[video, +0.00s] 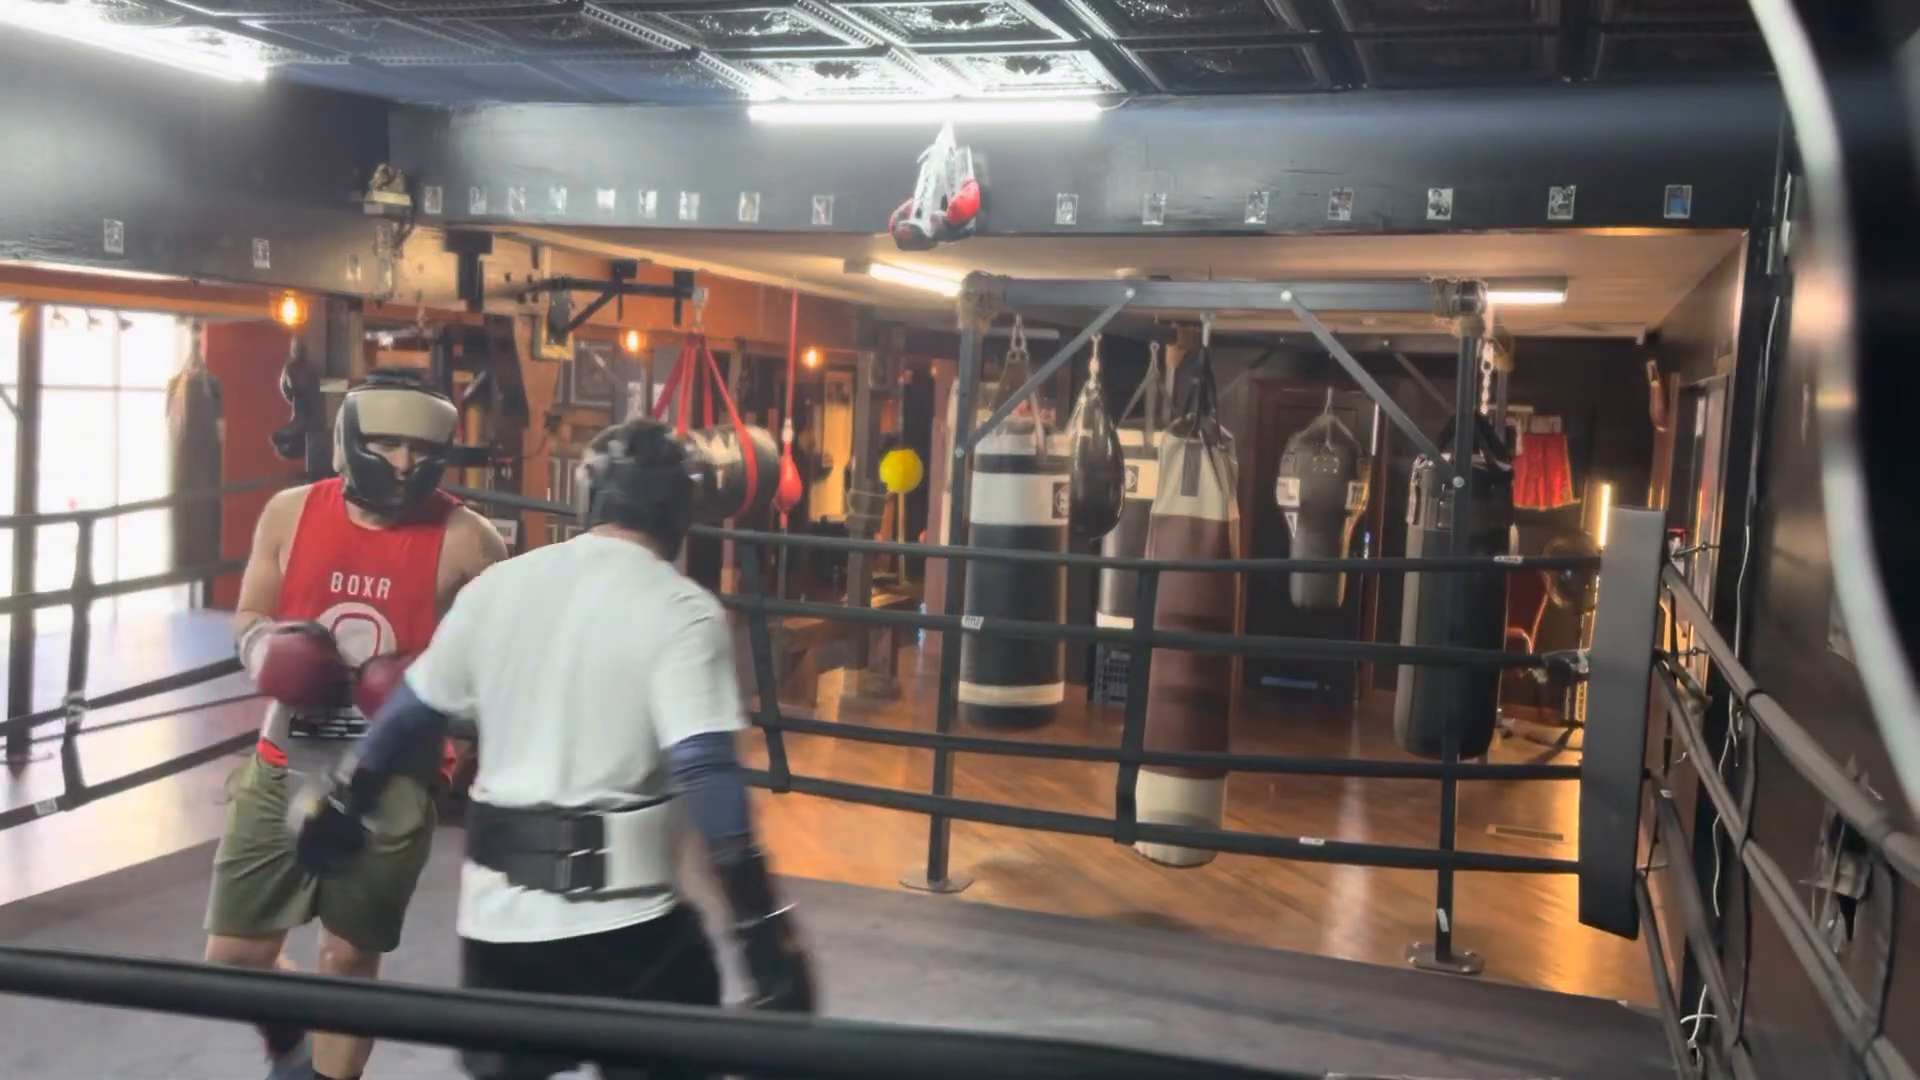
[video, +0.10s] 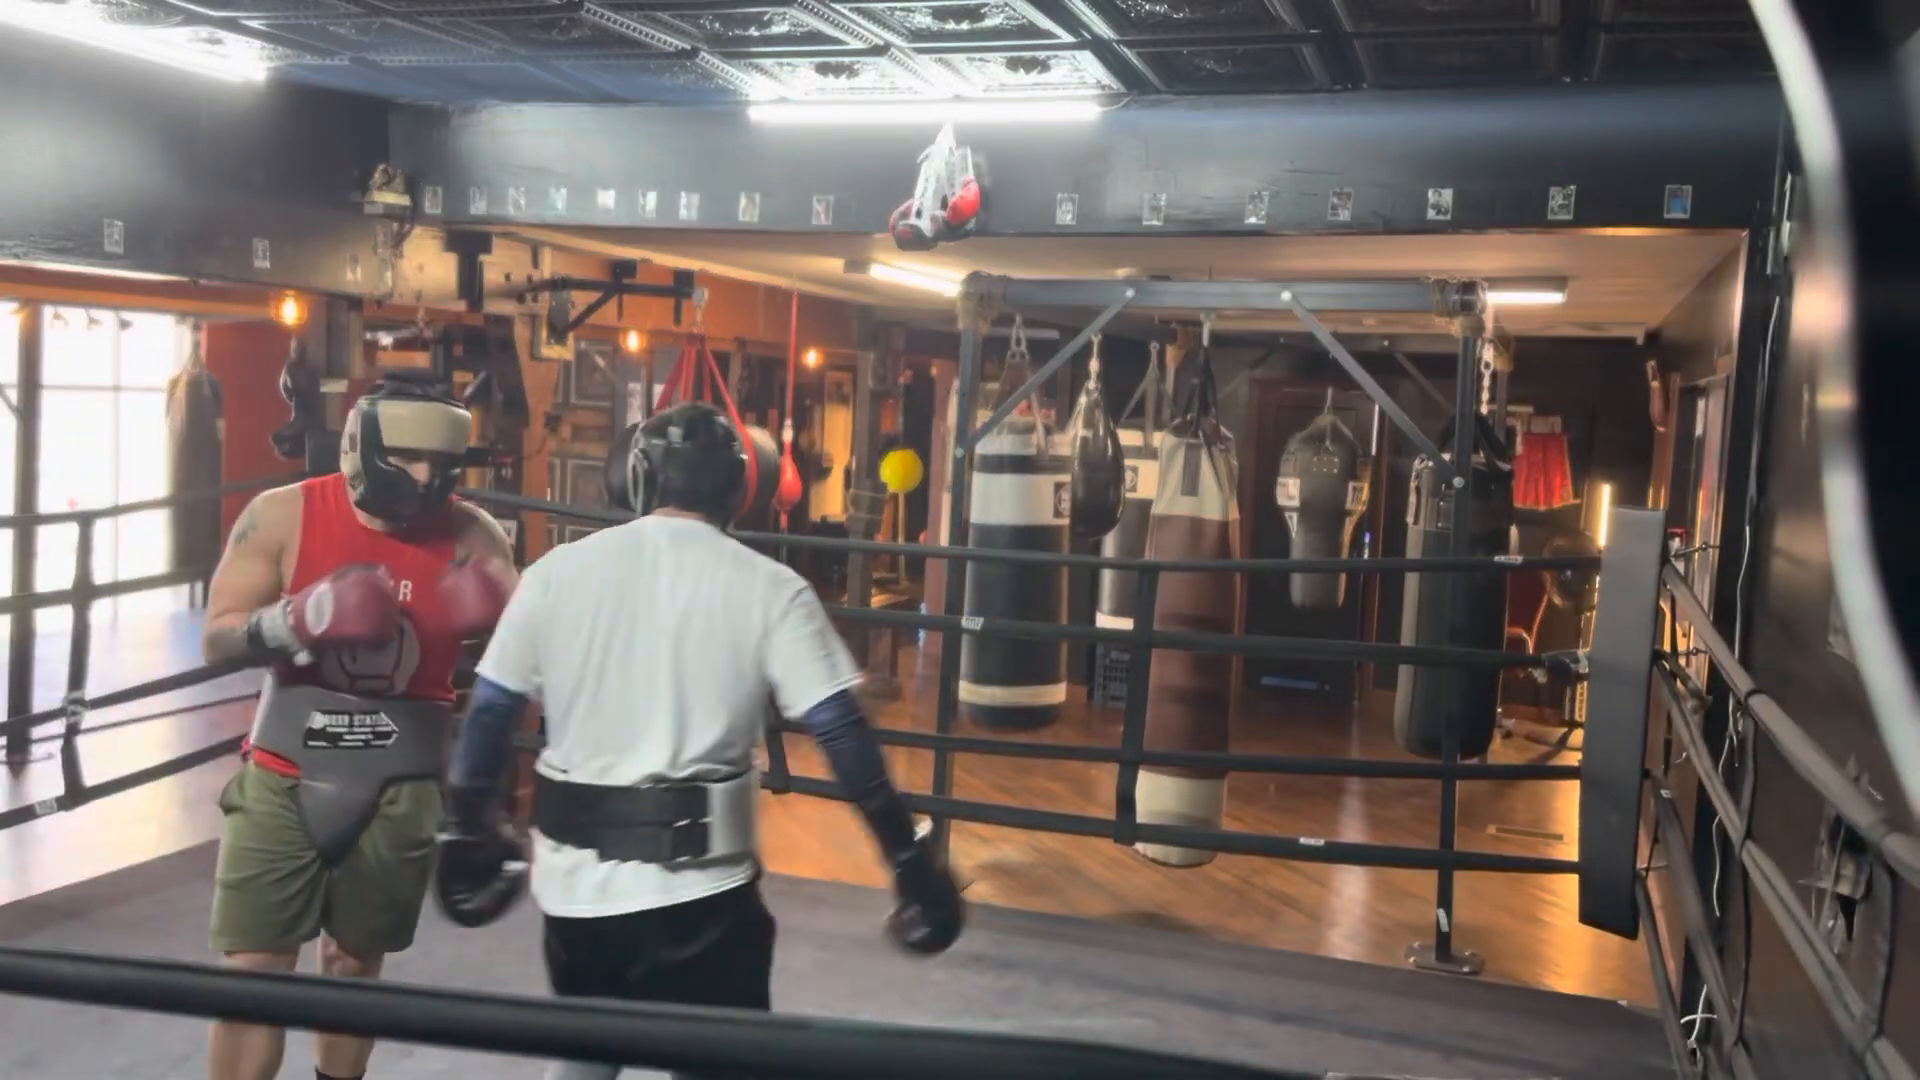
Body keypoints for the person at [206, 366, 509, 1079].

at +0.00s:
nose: (406, 466)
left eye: (424, 452)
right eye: (389, 448)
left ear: (441, 457)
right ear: (351, 446)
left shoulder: (467, 540)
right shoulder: (290, 513)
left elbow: (499, 665)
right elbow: (251, 624)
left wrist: (420, 687)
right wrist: (273, 650)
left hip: (390, 775)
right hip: (281, 763)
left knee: (344, 964)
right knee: (232, 958)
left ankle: (333, 1071)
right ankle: (295, 1040)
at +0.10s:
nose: (430, 482)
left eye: (443, 465)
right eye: (411, 463)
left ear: (455, 464)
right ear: (363, 456)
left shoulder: (474, 536)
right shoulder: (279, 515)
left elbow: (520, 658)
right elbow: (218, 639)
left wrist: (498, 617)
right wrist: (299, 619)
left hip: (400, 784)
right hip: (281, 772)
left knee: (351, 971)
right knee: (250, 978)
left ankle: (339, 1073)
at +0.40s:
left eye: (448, 485)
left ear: (451, 496)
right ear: (387, 469)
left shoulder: (423, 547)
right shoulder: (295, 548)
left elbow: (476, 659)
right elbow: (399, 665)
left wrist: (502, 552)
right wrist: (462, 555)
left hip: (418, 811)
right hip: (315, 824)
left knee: (419, 1016)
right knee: (311, 1039)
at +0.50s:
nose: (444, 508)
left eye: (462, 496)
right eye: (430, 479)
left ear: (480, 498)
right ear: (405, 466)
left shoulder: (433, 542)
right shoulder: (324, 548)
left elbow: (461, 678)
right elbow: (436, 669)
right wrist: (500, 566)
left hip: (426, 807)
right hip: (333, 824)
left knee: (467, 994)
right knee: (324, 1047)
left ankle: (383, 1073)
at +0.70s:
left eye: (547, 501)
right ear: (502, 486)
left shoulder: (449, 538)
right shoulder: (431, 556)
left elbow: (509, 658)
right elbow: (535, 674)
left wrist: (556, 576)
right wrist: (592, 571)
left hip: (456, 820)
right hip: (388, 832)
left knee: (494, 1010)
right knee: (358, 1045)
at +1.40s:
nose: (671, 562)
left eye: (678, 546)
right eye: (678, 541)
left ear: (600, 496)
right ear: (647, 526)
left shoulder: (465, 563)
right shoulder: (593, 592)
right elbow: (651, 736)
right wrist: (718, 634)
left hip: (439, 868)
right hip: (504, 883)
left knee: (543, 1061)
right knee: (499, 1069)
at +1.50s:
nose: (667, 565)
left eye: (677, 551)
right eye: (673, 546)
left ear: (596, 503)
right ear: (645, 530)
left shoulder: (466, 562)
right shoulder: (592, 595)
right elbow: (654, 737)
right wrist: (717, 632)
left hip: (431, 867)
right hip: (497, 881)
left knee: (531, 1061)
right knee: (502, 1069)